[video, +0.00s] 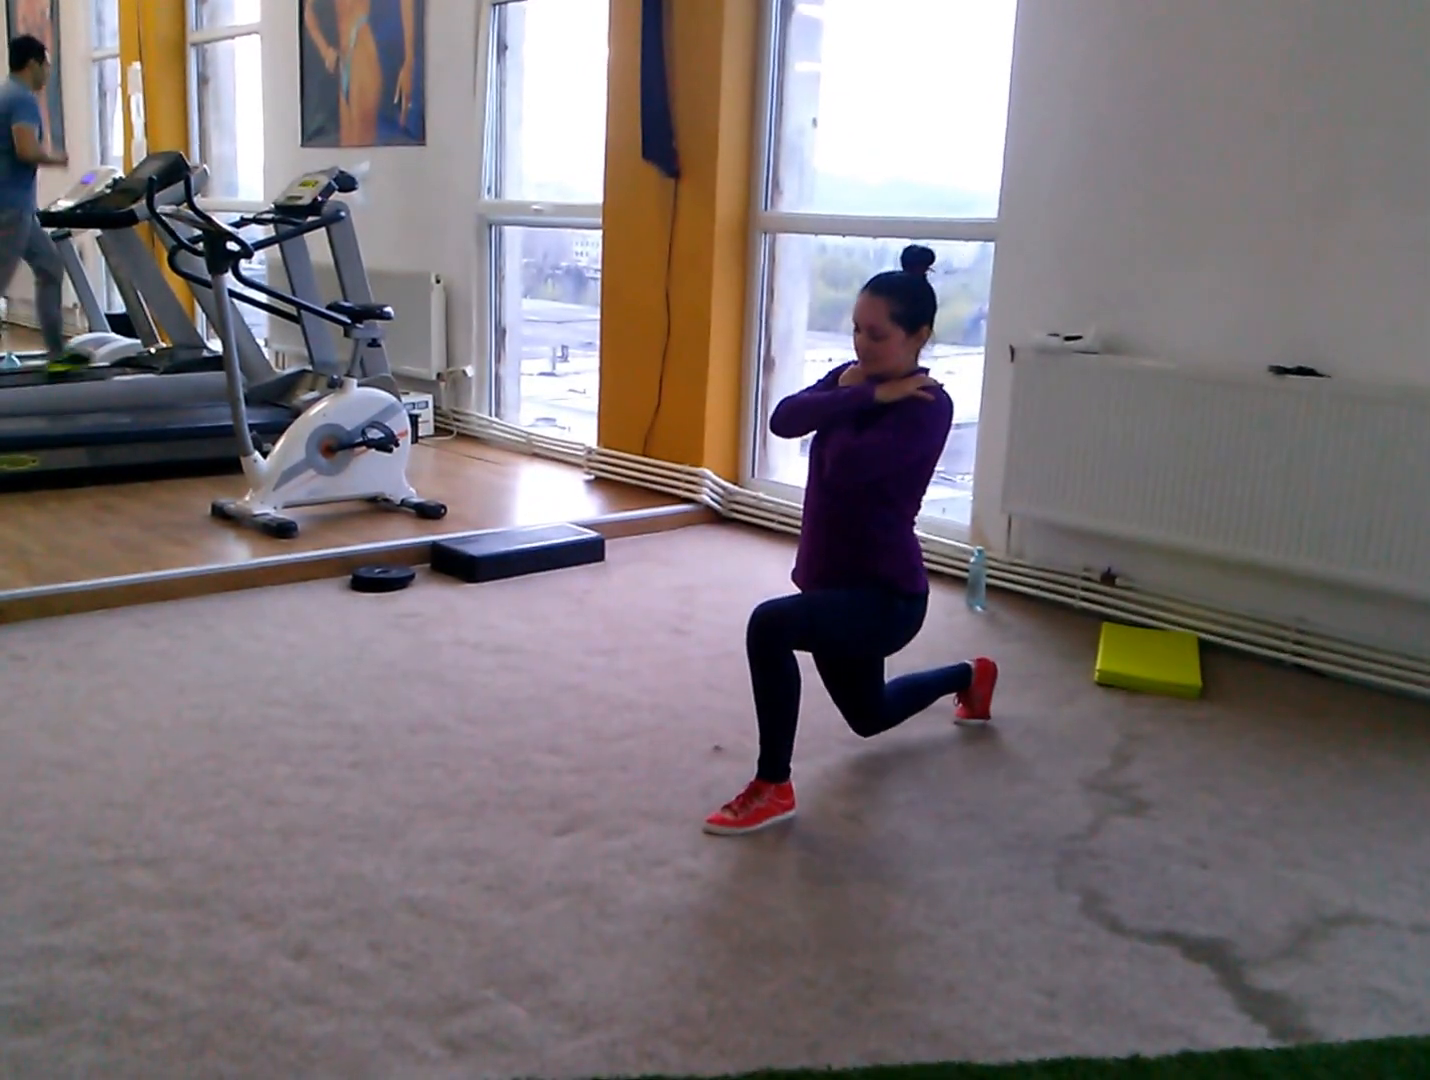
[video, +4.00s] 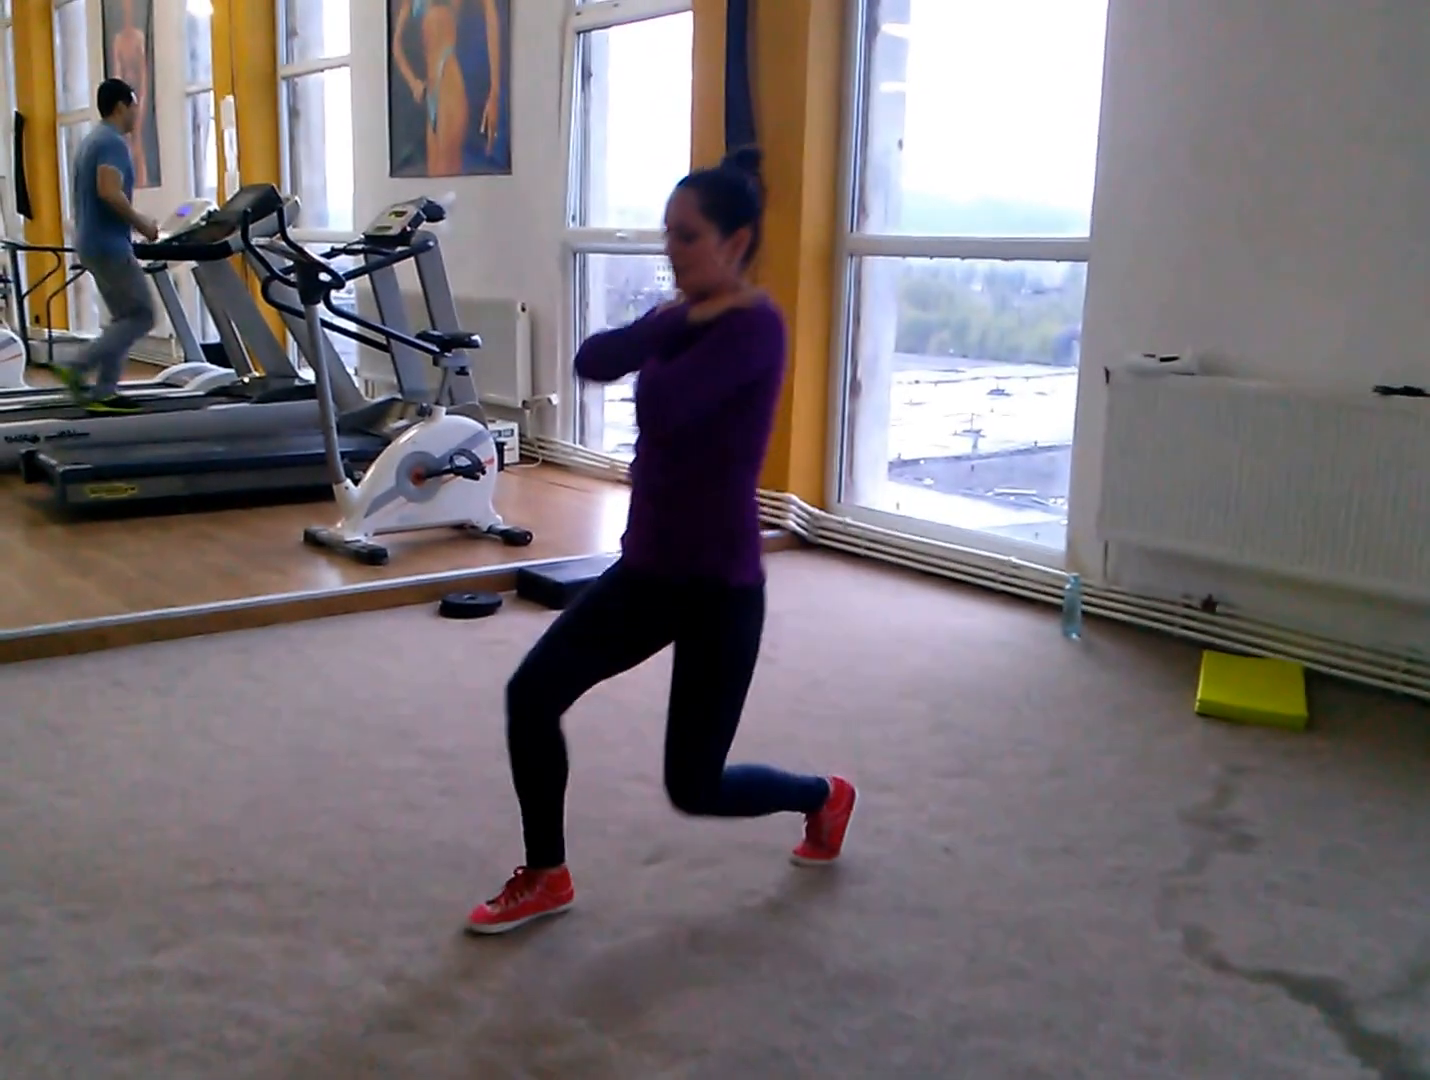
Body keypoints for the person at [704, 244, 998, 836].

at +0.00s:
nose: (859, 345)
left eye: (873, 336)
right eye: (856, 331)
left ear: (917, 339)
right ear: (851, 325)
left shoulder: (929, 409)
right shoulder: (848, 379)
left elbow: (851, 467)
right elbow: (783, 420)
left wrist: (833, 408)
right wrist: (873, 393)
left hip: (886, 598)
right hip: (826, 588)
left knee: (769, 626)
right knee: (868, 714)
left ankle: (772, 785)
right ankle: (970, 678)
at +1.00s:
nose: (767, 220)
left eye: (782, 208)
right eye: (764, 205)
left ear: (834, 214)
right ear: (761, 207)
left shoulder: (860, 290)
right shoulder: (766, 274)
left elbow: (805, 388)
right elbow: (713, 353)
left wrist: (768, 309)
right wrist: (799, 299)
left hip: (892, 497)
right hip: (842, 493)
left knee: (787, 621)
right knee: (908, 589)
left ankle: (790, 782)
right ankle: (975, 656)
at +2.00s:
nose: (932, 318)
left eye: (949, 311)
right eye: (931, 305)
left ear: (989, 327)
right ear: (926, 306)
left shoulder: (980, 399)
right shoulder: (908, 365)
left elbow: (898, 457)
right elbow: (836, 398)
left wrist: (894, 383)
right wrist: (930, 377)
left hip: (938, 589)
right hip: (885, 577)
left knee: (819, 623)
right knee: (945, 677)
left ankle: (818, 789)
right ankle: (1040, 666)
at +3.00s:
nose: (814, 283)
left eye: (830, 270)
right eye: (812, 267)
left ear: (872, 280)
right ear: (809, 271)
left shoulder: (887, 354)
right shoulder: (810, 346)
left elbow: (838, 452)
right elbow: (750, 419)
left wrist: (806, 377)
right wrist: (801, 364)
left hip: (947, 544)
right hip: (902, 544)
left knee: (828, 642)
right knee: (954, 639)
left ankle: (837, 803)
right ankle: (1029, 679)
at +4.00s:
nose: (672, 252)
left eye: (687, 237)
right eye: (668, 237)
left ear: (739, 241)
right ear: (673, 238)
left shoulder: (758, 329)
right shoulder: (680, 318)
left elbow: (666, 410)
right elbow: (591, 363)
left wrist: (646, 351)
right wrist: (680, 318)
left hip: (720, 587)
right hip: (647, 574)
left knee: (693, 787)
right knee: (531, 696)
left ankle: (823, 796)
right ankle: (545, 873)